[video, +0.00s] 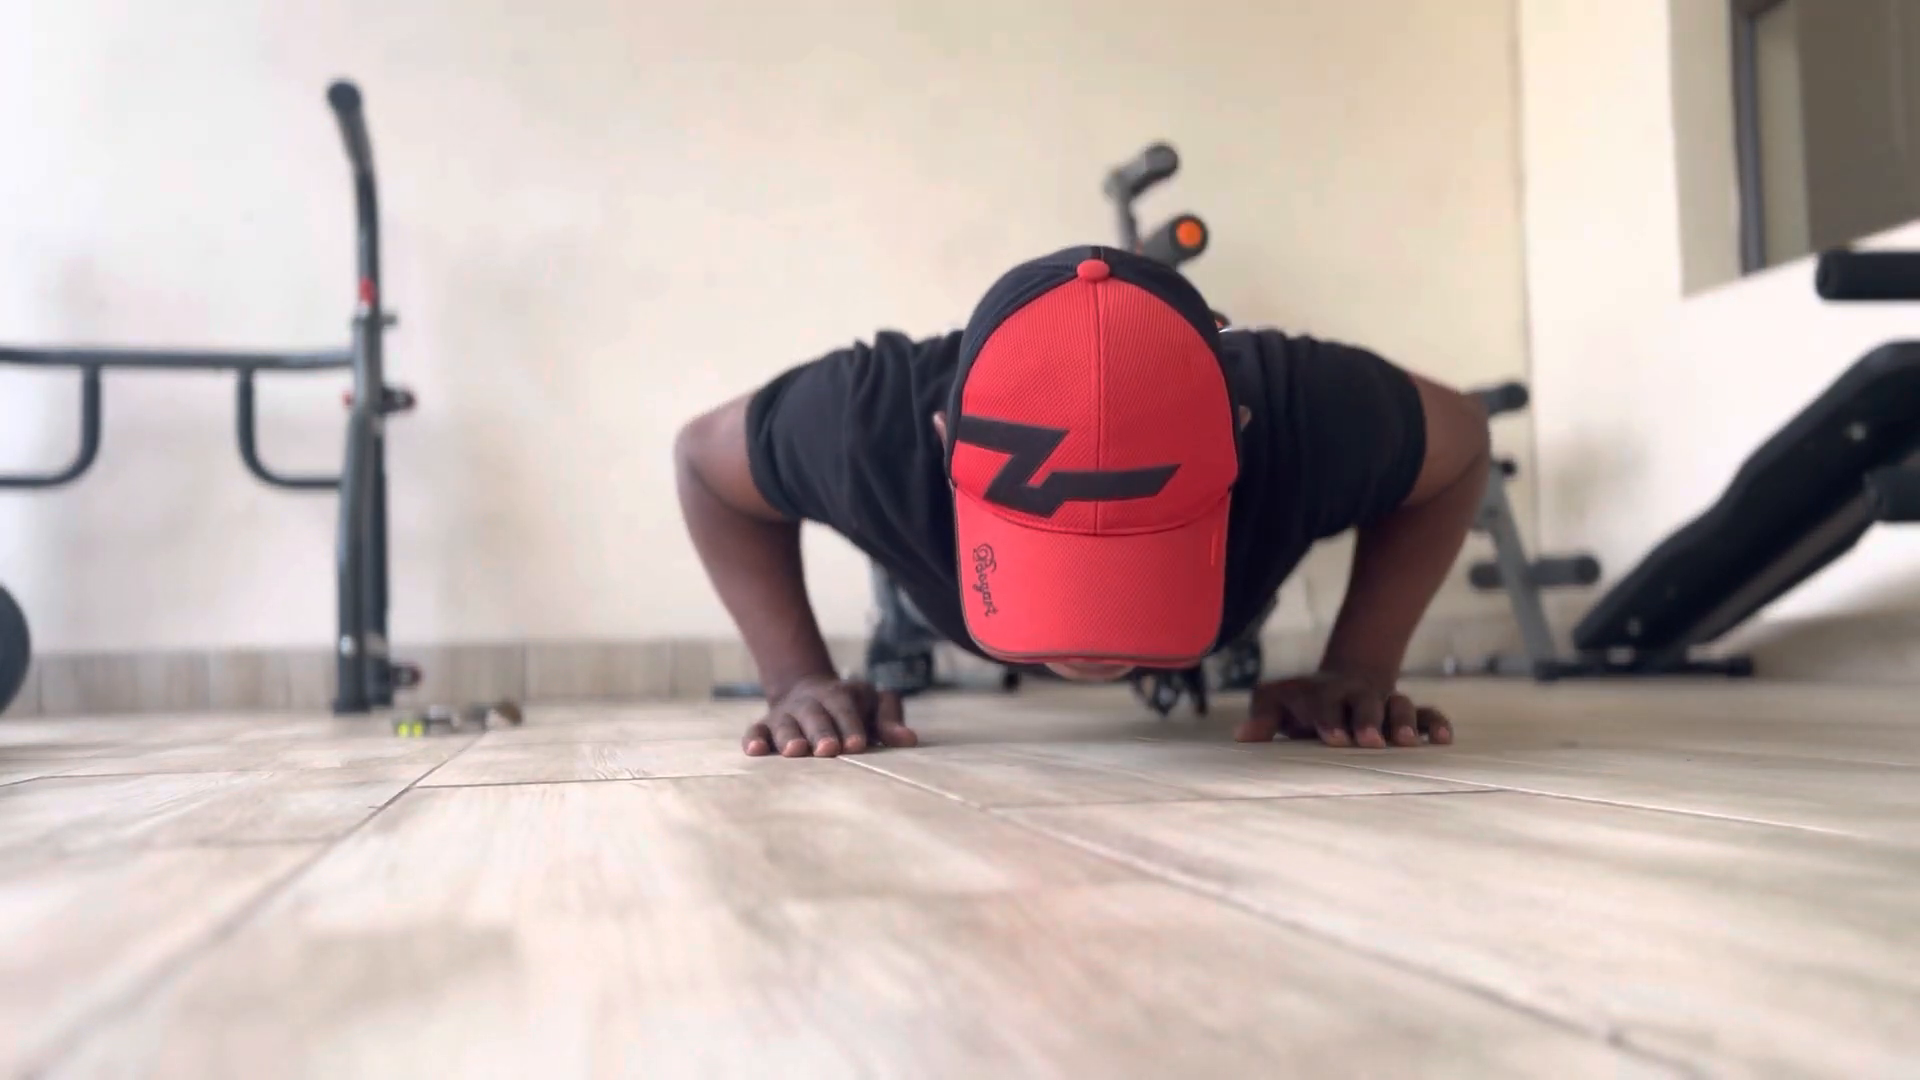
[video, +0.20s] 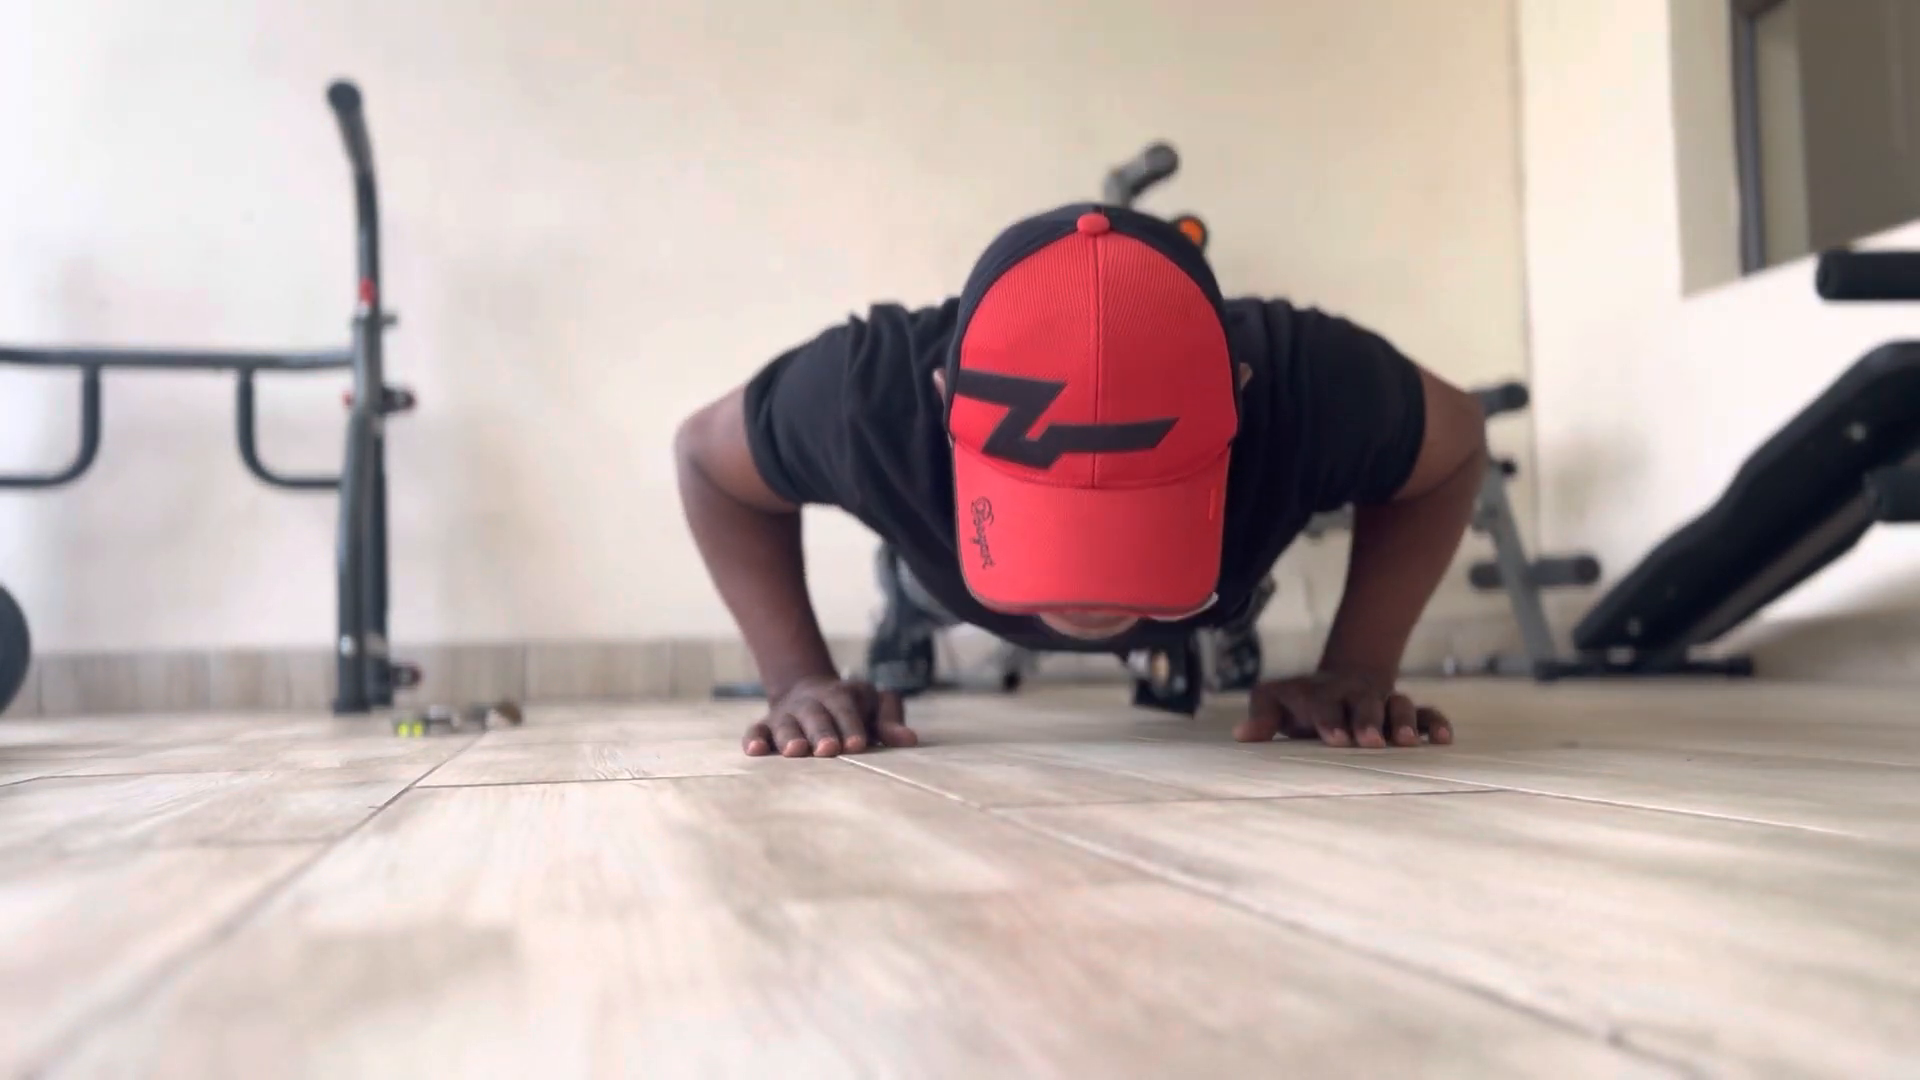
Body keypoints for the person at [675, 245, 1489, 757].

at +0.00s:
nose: (1092, 664)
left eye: (1140, 627)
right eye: (1052, 628)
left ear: (1231, 464)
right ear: (957, 470)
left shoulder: (1309, 416)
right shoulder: (868, 429)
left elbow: (1459, 443)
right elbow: (707, 461)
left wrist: (1360, 671)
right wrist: (795, 678)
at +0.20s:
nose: (1092, 621)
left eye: (1140, 591)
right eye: (1051, 589)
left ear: (1225, 448)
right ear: (959, 447)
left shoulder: (1310, 387)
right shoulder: (866, 400)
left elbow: (1452, 444)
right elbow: (711, 457)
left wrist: (1358, 670)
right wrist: (798, 677)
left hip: (1208, 576)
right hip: (959, 578)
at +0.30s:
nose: (1074, 436)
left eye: (1120, 402)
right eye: (1033, 400)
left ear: (1210, 284)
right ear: (953, 287)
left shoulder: (1303, 274)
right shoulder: (867, 283)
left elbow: (1436, 440)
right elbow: (724, 454)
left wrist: (1356, 668)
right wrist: (796, 679)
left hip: (1187, 508)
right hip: (976, 515)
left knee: (1225, 560)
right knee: (929, 573)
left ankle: (1212, 586)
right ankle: (914, 607)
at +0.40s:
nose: (1076, 264)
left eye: (1124, 226)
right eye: (1030, 220)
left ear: (1196, 157)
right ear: (958, 155)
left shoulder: (1295, 179)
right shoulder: (866, 189)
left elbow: (1417, 417)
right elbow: (746, 434)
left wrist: (1353, 669)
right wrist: (801, 682)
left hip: (1192, 460)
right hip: (971, 464)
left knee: (1225, 537)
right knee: (931, 553)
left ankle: (1221, 604)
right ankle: (917, 616)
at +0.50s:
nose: (1068, 179)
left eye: (1114, 142)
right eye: (1026, 140)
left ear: (1181, 84)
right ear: (959, 79)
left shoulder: (1289, 115)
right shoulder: (864, 126)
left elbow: (1399, 397)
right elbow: (768, 413)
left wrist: (1350, 668)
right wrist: (803, 682)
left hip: (1194, 436)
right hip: (974, 443)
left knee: (1222, 535)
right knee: (933, 546)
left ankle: (1220, 608)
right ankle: (918, 617)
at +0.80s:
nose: (1076, 146)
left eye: (1117, 114)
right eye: (1033, 116)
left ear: (1183, 44)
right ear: (956, 41)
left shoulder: (1281, 56)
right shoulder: (862, 66)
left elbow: (1378, 382)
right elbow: (790, 393)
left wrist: (1347, 668)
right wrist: (804, 678)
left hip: (1184, 404)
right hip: (971, 407)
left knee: (1218, 532)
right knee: (930, 535)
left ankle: (1219, 607)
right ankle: (919, 615)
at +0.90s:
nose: (1072, 344)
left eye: (1120, 304)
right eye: (1038, 300)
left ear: (1208, 170)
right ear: (952, 169)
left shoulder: (1291, 166)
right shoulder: (862, 179)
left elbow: (1415, 411)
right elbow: (751, 431)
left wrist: (1354, 670)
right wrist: (801, 682)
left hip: (1189, 447)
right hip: (965, 457)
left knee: (1220, 535)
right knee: (930, 552)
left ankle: (1219, 607)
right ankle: (917, 619)